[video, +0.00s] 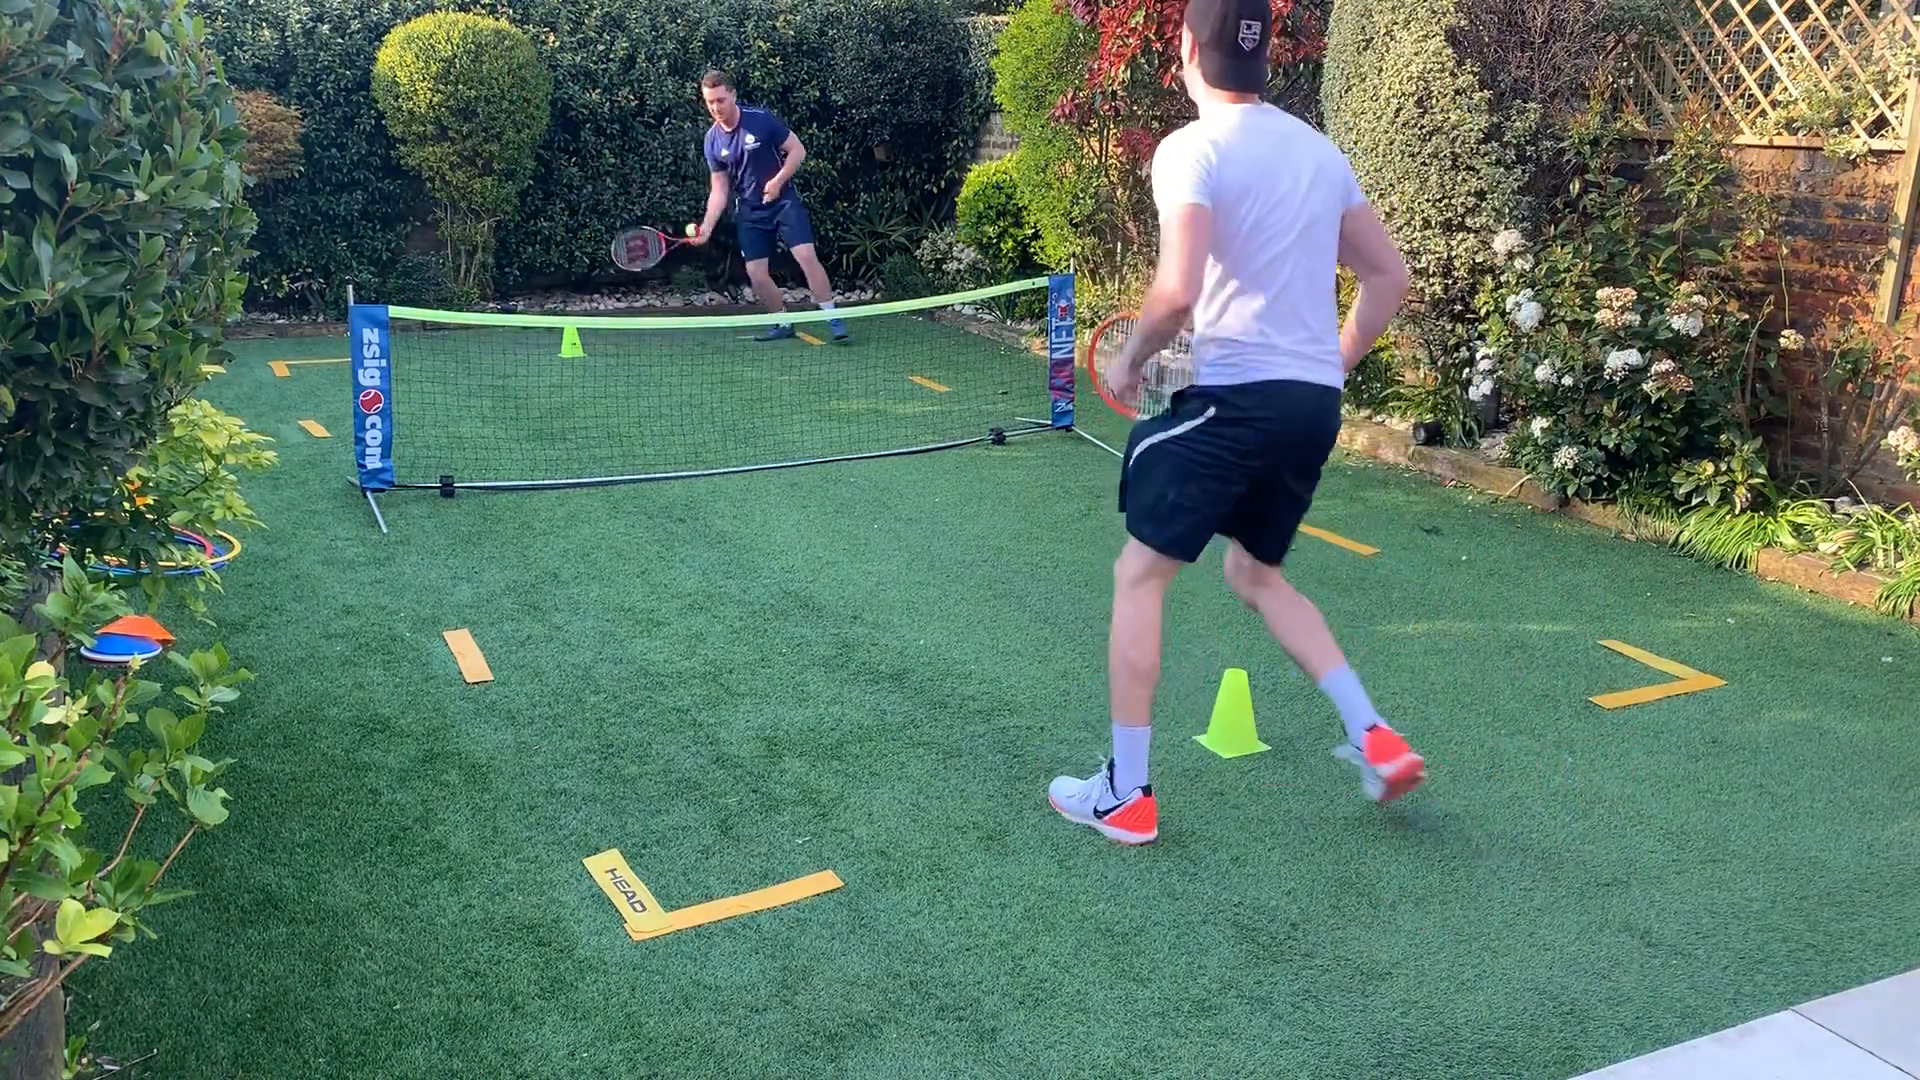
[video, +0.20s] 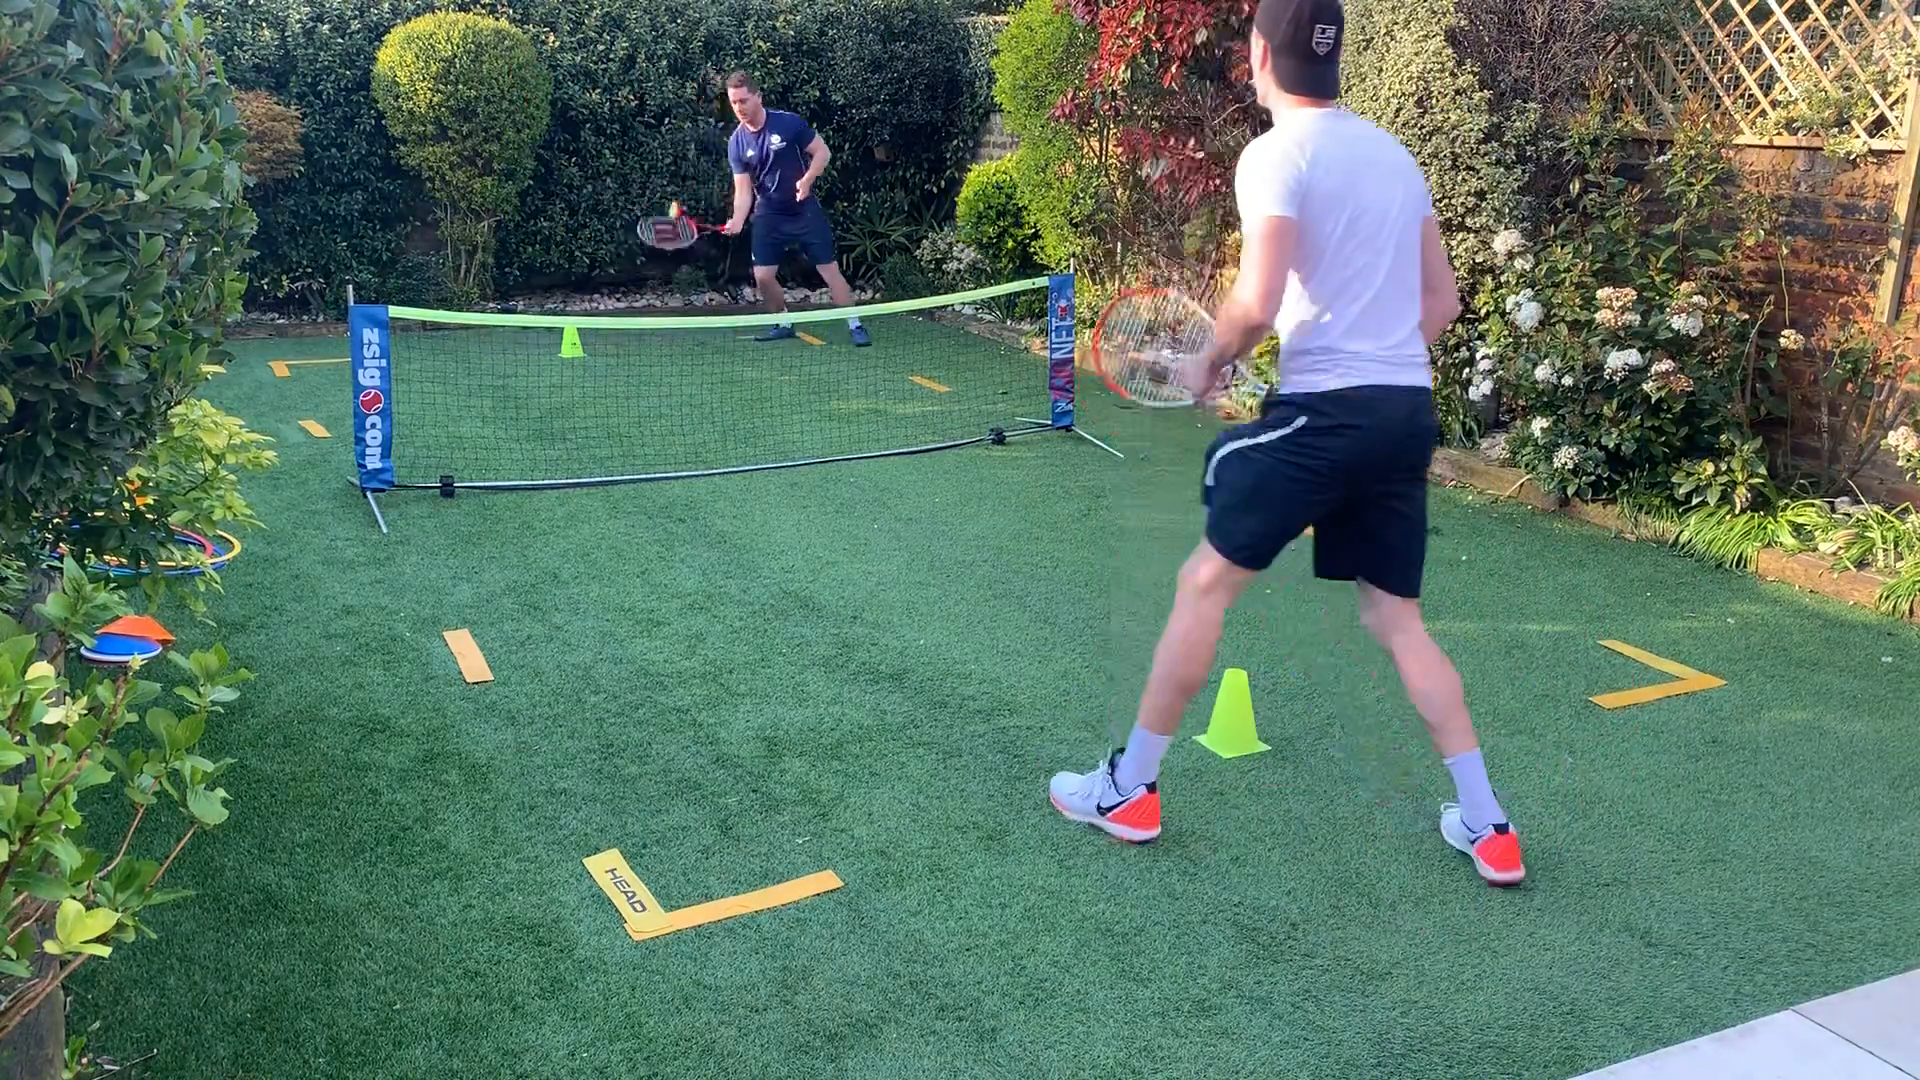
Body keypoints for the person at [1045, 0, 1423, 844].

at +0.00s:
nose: (1178, 55)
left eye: (1181, 43)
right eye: (1185, 41)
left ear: (1189, 52)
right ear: (1263, 53)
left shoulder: (1192, 149)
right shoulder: (1320, 151)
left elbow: (1178, 292)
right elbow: (1388, 274)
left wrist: (1130, 355)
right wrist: (1334, 363)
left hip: (1227, 397)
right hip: (1316, 404)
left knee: (1140, 575)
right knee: (1253, 571)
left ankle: (1124, 789)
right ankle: (1372, 735)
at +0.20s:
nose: (1245, 60)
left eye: (1247, 46)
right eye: (1251, 44)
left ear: (1260, 58)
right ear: (1332, 57)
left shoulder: (1274, 154)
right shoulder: (1394, 153)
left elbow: (1255, 305)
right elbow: (1443, 300)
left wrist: (1205, 364)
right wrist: (1371, 358)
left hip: (1320, 410)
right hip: (1408, 411)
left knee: (1207, 583)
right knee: (1397, 615)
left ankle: (1130, 783)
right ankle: (1484, 818)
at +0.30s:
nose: (1280, 40)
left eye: (1282, 28)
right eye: (1288, 27)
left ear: (1293, 36)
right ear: (1366, 41)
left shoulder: (1302, 129)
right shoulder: (1432, 130)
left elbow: (1269, 293)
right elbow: (1485, 275)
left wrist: (1237, 342)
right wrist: (1413, 330)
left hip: (1363, 390)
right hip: (1450, 389)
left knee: (1256, 583)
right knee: (1431, 595)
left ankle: (1207, 803)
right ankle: (1490, 810)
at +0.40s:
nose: (1309, 40)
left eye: (1310, 28)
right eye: (1314, 27)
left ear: (1325, 36)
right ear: (1398, 41)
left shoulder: (1317, 120)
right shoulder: (1463, 126)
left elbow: (1285, 292)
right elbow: (1525, 270)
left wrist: (1282, 324)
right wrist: (1452, 330)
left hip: (1385, 382)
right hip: (1479, 382)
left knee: (1291, 598)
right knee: (1461, 579)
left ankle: (1320, 832)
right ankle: (1527, 782)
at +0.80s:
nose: (1411, 85)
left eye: (1415, 72)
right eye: (1417, 70)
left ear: (1430, 85)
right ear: (1496, 86)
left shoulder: (1415, 185)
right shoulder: (1560, 170)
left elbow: (1383, 360)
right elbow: (1614, 322)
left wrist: (1406, 396)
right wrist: (1549, 371)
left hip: (1497, 432)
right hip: (1596, 425)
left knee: (1403, 619)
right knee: (1602, 625)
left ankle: (1453, 824)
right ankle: (1657, 828)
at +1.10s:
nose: (1369, 88)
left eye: (1370, 74)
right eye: (1373, 73)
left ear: (1384, 77)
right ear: (1448, 76)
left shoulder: (1392, 172)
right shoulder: (1512, 153)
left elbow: (1341, 335)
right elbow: (1517, 305)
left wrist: (1332, 375)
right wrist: (1429, 385)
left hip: (1495, 400)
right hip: (1573, 391)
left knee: (1445, 596)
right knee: (1511, 545)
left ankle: (1509, 801)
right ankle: (1561, 723)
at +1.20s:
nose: (1353, 94)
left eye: (1354, 80)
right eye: (1356, 80)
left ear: (1370, 76)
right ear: (1430, 76)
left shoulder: (1378, 161)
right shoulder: (1496, 149)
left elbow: (1327, 323)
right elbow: (1494, 297)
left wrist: (1316, 368)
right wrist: (1403, 380)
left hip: (1483, 386)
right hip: (1550, 376)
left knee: (1448, 596)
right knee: (1451, 526)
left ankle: (1509, 796)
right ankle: (1465, 692)